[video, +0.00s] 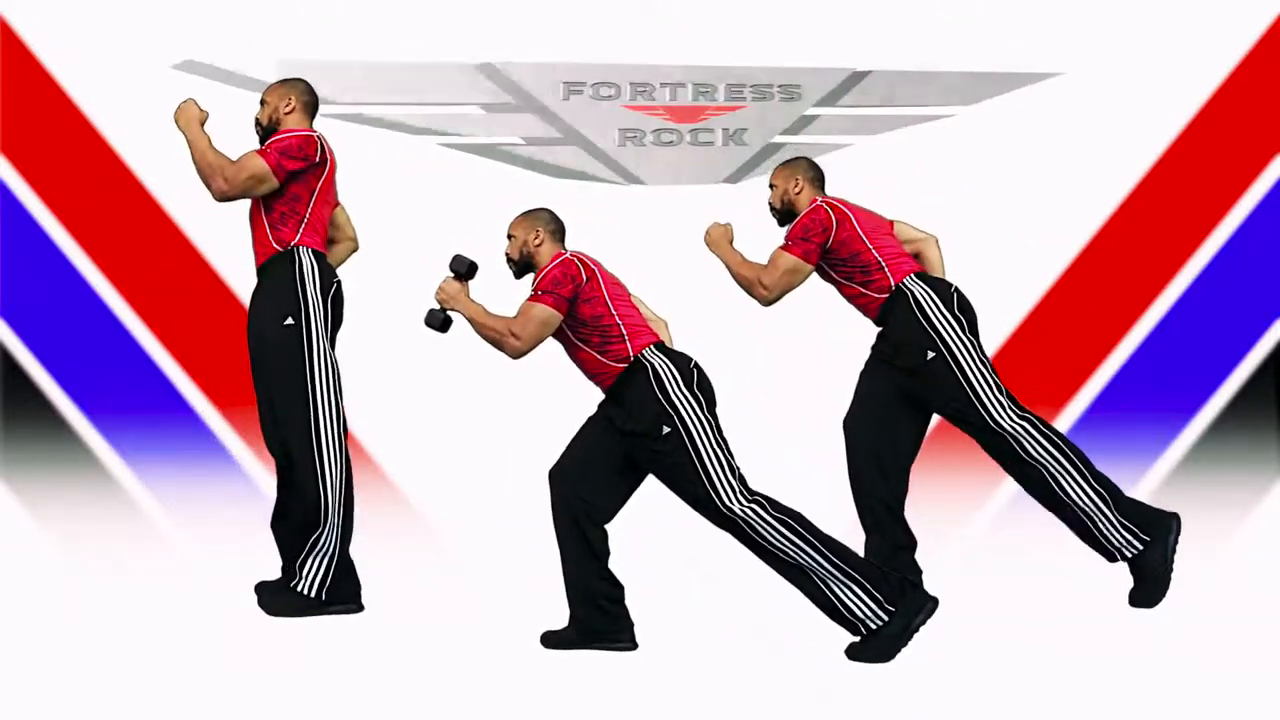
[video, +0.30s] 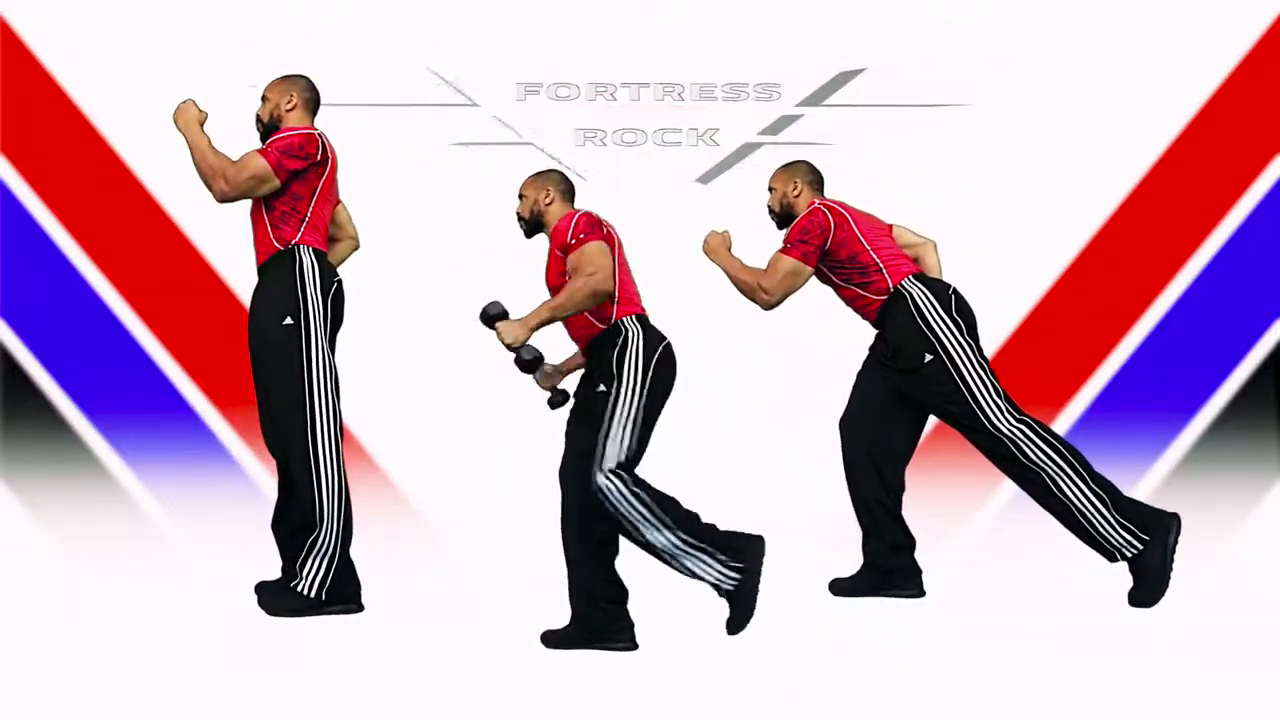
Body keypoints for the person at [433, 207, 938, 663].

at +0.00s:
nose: (506, 250)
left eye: (512, 239)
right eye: (506, 243)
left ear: (541, 236)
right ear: (543, 240)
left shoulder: (563, 267)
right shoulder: (577, 275)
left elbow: (515, 341)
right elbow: (657, 325)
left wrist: (462, 303)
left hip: (657, 385)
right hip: (630, 402)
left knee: (735, 505)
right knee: (572, 488)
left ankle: (886, 609)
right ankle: (601, 622)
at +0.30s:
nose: (517, 209)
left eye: (522, 198)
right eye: (518, 201)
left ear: (546, 195)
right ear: (551, 197)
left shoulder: (579, 224)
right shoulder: (560, 253)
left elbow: (598, 279)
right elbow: (603, 331)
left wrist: (528, 322)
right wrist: (561, 368)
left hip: (631, 349)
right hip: (603, 364)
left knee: (605, 475)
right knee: (578, 485)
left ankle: (733, 563)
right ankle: (600, 620)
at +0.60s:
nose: (537, 184)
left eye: (542, 174)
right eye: (537, 176)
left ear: (567, 171)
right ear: (570, 174)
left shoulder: (595, 202)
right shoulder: (573, 234)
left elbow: (650, 256)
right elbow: (536, 298)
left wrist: (637, 328)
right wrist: (491, 263)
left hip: (602, 318)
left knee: (487, 337)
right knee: (583, 482)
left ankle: (476, 466)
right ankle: (604, 617)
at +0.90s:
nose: (538, 186)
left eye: (543, 177)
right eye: (538, 179)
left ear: (568, 174)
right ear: (569, 177)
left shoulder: (592, 203)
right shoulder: (572, 234)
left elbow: (644, 257)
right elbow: (539, 299)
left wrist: (639, 330)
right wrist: (494, 261)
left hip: (600, 323)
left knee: (482, 350)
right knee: (581, 485)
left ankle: (490, 479)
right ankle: (602, 619)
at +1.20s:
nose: (533, 190)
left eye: (538, 180)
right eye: (533, 183)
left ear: (563, 177)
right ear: (567, 178)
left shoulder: (591, 207)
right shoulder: (570, 234)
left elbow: (627, 263)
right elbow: (570, 319)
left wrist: (586, 327)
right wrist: (507, 308)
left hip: (606, 339)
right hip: (610, 352)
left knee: (506, 401)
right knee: (584, 485)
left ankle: (558, 528)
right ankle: (601, 620)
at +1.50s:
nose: (503, 215)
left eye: (507, 205)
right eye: (503, 207)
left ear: (532, 202)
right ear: (536, 204)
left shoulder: (559, 229)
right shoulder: (562, 245)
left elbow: (547, 297)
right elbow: (602, 318)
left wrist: (475, 298)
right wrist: (591, 376)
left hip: (630, 349)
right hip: (606, 366)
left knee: (673, 484)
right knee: (580, 489)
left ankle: (819, 561)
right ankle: (602, 622)